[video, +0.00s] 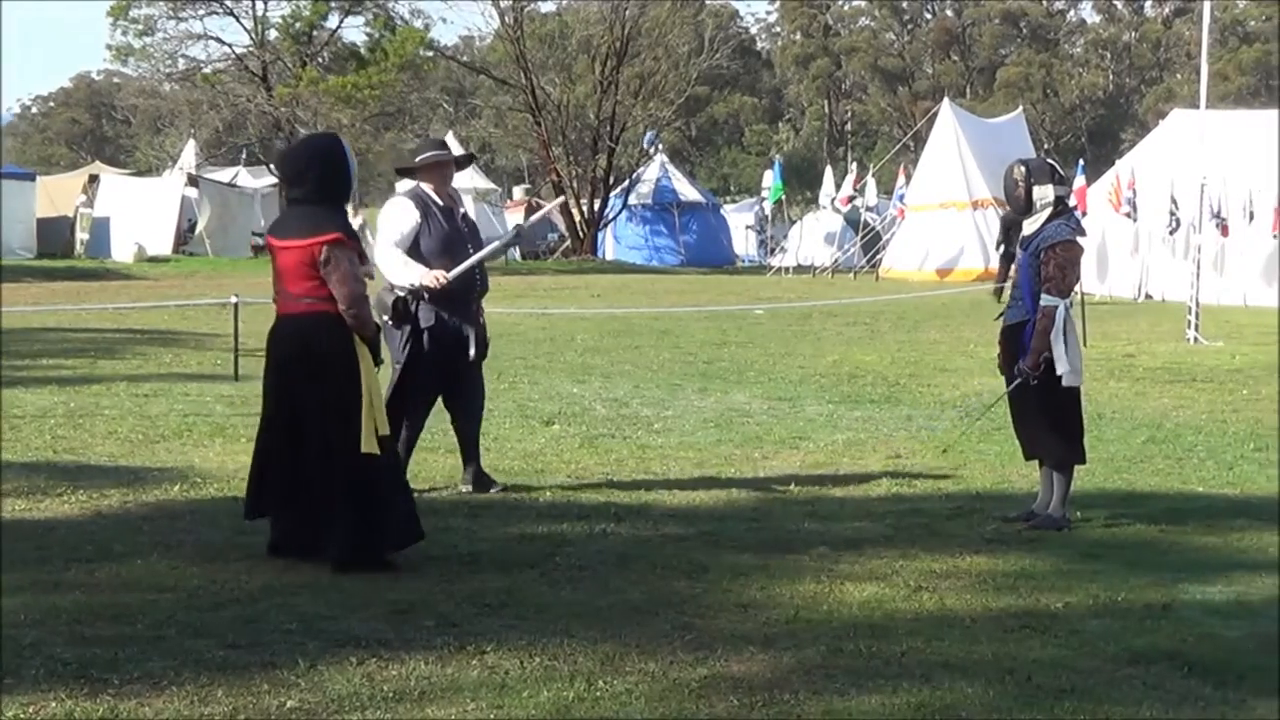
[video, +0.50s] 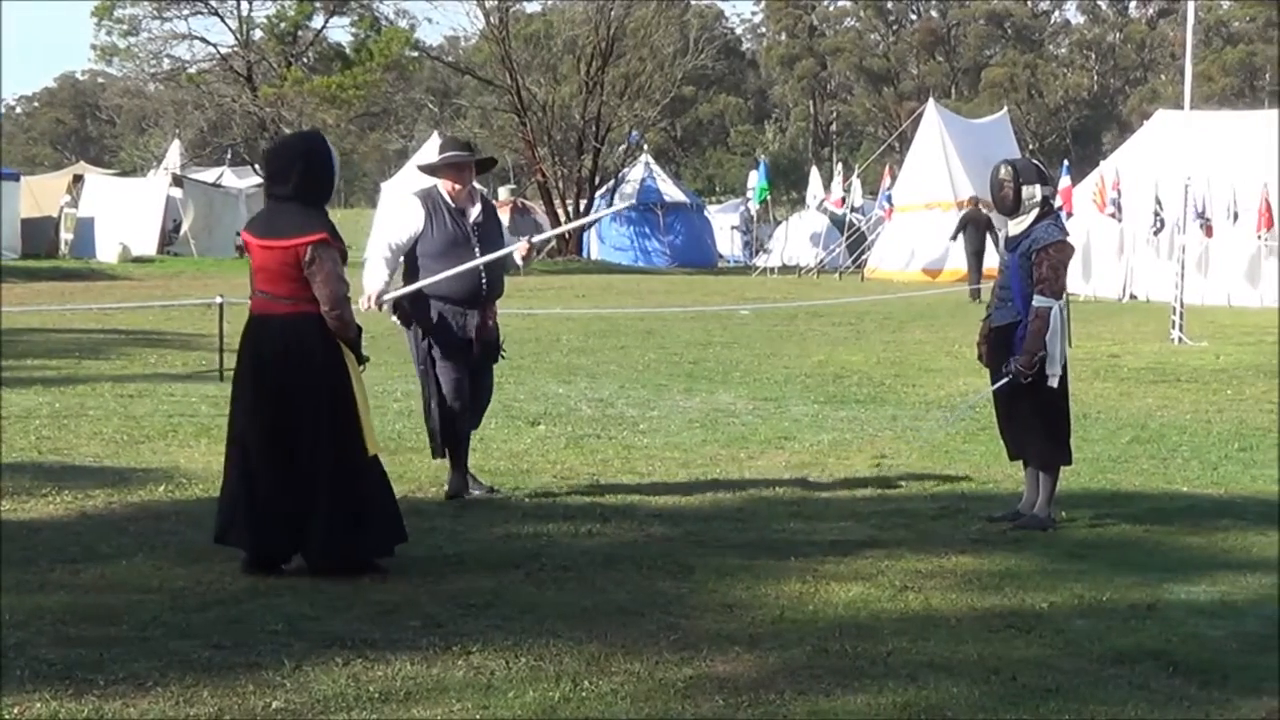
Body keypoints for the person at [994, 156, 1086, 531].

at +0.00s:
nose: (1015, 195)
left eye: (1021, 187)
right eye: (1015, 186)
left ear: (1041, 189)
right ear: (1043, 191)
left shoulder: (1060, 241)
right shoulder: (1036, 234)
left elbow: (1052, 306)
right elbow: (1025, 296)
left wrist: (1036, 352)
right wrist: (1009, 337)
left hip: (1048, 339)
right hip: (1025, 336)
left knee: (1057, 422)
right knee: (1037, 421)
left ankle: (1058, 508)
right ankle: (1044, 502)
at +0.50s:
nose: (1003, 193)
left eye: (1010, 187)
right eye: (1001, 186)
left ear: (1032, 190)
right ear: (1001, 191)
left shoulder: (1048, 236)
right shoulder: (1015, 231)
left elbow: (1046, 303)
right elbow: (1005, 285)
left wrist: (1028, 354)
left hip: (1036, 338)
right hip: (1008, 336)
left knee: (1043, 419)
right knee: (1021, 418)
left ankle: (1044, 508)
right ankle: (1029, 501)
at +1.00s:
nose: (1010, 194)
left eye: (1018, 187)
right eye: (1006, 187)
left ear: (1041, 190)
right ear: (1004, 193)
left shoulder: (1058, 236)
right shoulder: (1013, 234)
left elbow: (1069, 300)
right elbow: (1001, 287)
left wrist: (1063, 353)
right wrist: (988, 332)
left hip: (1045, 336)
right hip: (1013, 336)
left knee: (1050, 417)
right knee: (1024, 415)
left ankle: (1049, 508)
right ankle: (1035, 501)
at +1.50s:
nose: (1014, 195)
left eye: (1022, 189)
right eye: (1010, 189)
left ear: (1045, 192)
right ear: (1006, 193)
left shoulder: (1063, 236)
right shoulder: (1014, 234)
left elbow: (1074, 300)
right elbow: (1003, 288)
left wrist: (1068, 353)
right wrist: (991, 335)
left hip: (1051, 338)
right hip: (1017, 338)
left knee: (1054, 418)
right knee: (1028, 416)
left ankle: (1052, 509)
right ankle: (1038, 502)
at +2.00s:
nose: (1013, 196)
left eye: (1021, 189)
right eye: (1009, 189)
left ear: (1044, 192)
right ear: (1005, 193)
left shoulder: (1063, 236)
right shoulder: (1013, 234)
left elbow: (1072, 300)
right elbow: (1002, 288)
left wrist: (1063, 353)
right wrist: (990, 334)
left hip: (1050, 337)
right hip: (1016, 337)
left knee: (1054, 417)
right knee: (1027, 415)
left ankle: (1053, 508)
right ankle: (1039, 501)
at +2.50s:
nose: (1010, 197)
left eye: (1018, 190)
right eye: (1006, 190)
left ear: (1041, 193)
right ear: (1004, 194)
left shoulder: (1061, 238)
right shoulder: (1011, 235)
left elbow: (1069, 301)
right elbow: (1000, 289)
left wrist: (1059, 354)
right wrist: (989, 335)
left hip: (1047, 337)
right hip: (1013, 337)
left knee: (1053, 416)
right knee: (1026, 415)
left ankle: (1053, 507)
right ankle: (1039, 501)